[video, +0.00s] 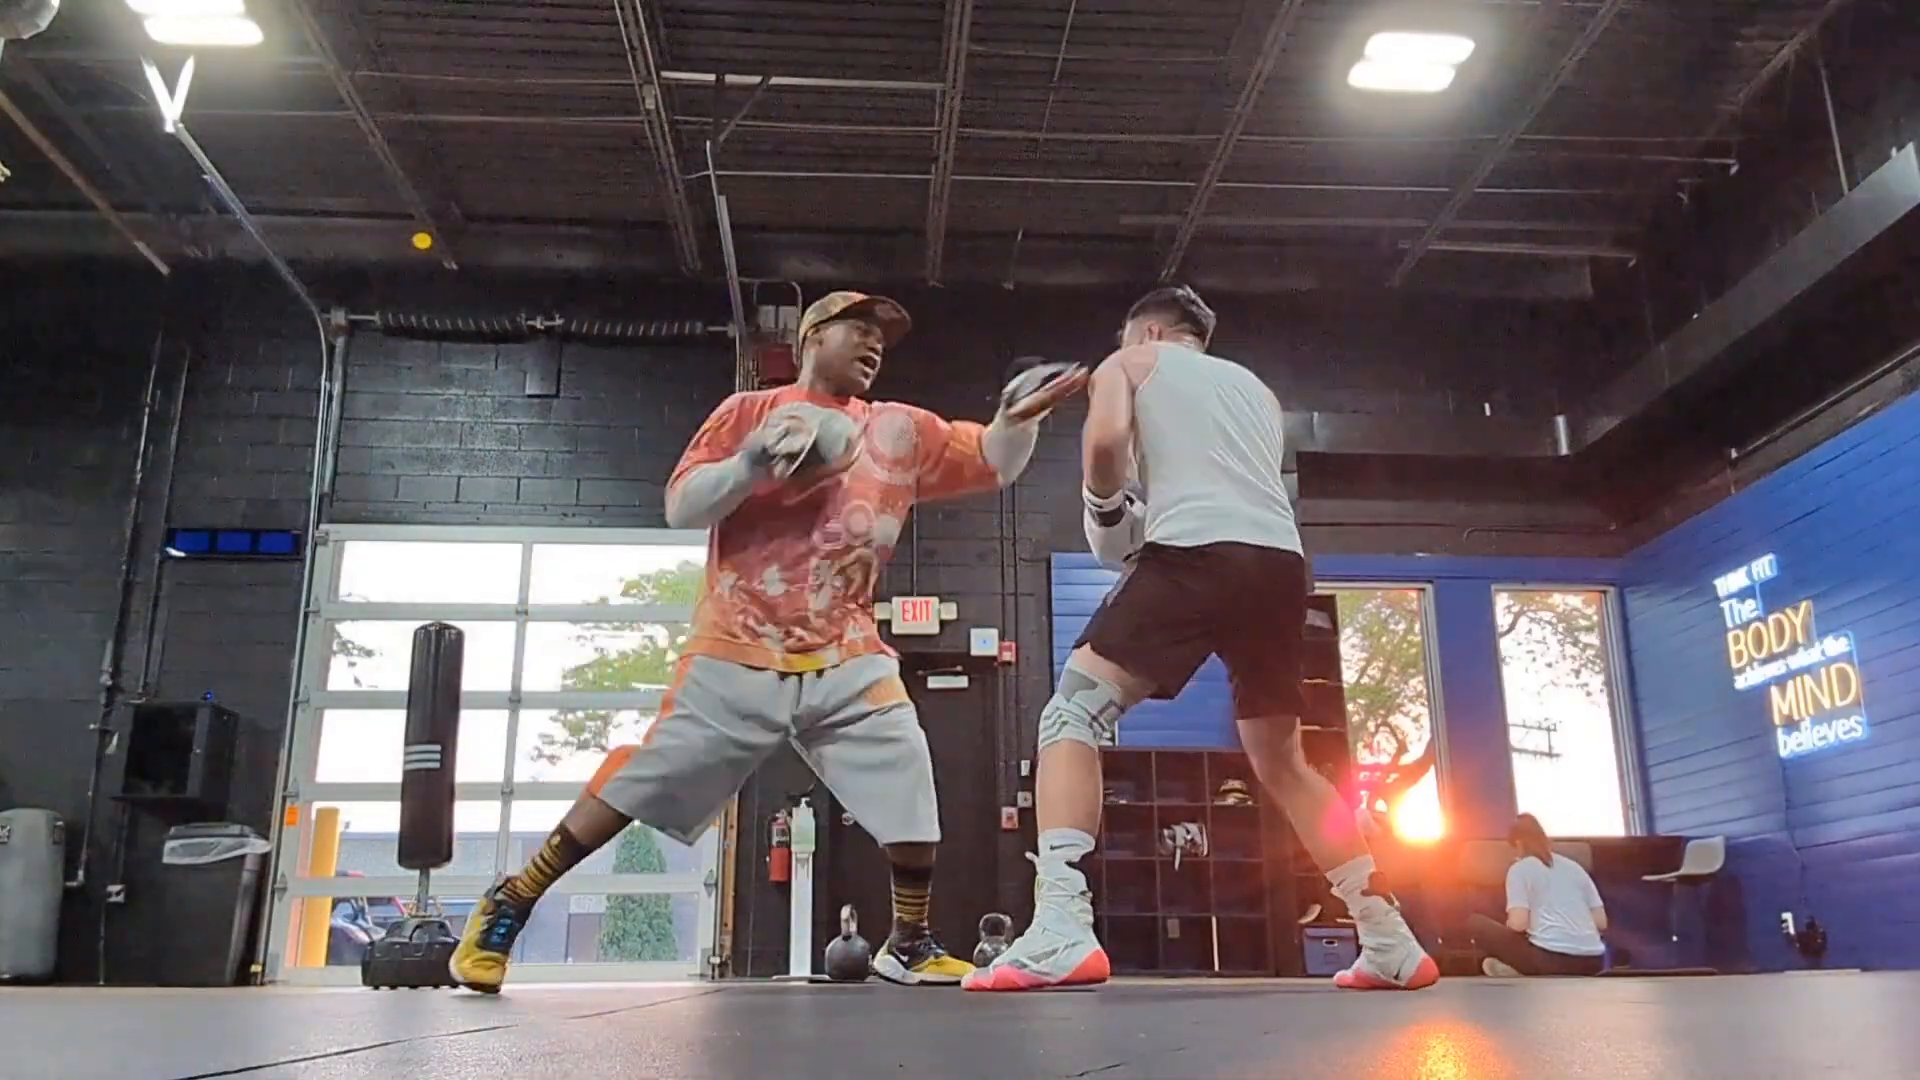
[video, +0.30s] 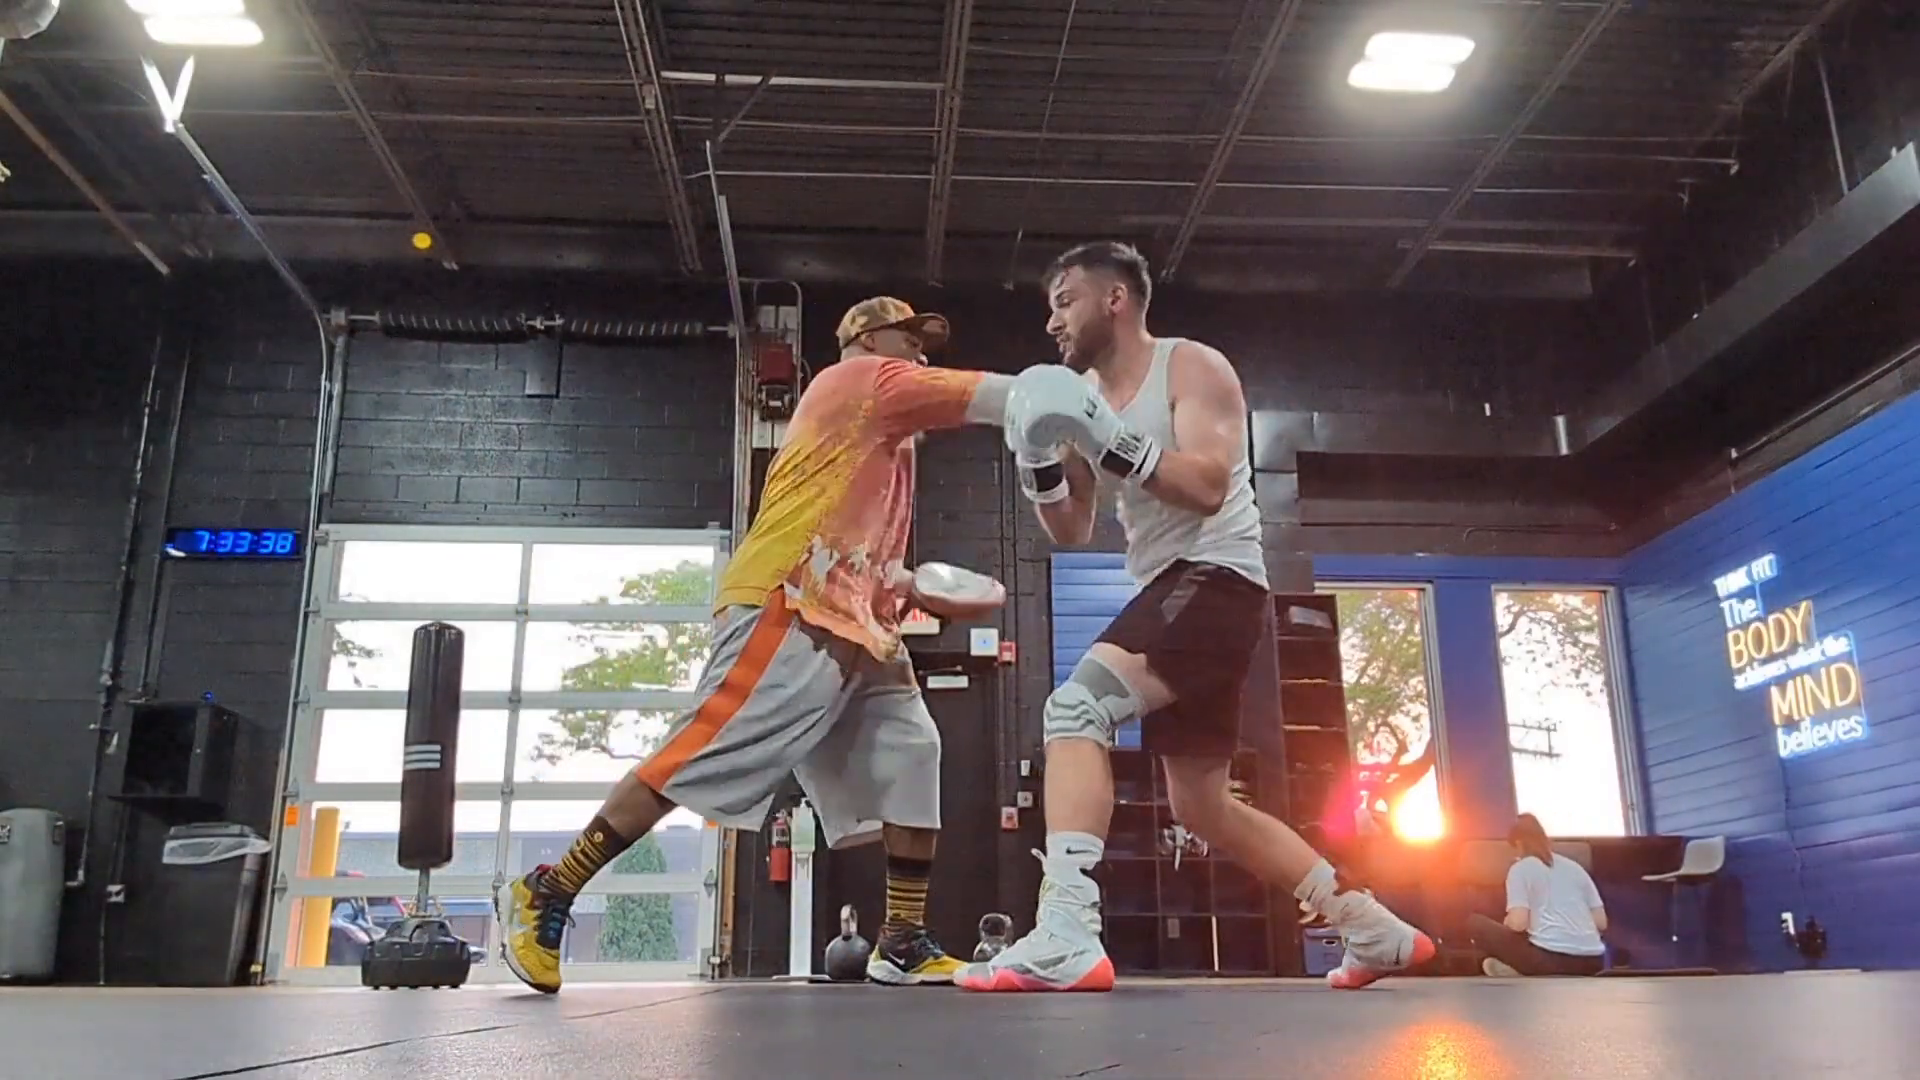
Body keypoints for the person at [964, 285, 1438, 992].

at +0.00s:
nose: (1121, 353)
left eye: (1125, 341)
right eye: (1124, 344)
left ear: (1148, 331)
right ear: (1199, 338)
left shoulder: (1126, 362)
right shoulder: (1259, 390)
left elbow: (1105, 439)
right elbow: (1266, 489)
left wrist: (1108, 521)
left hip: (1191, 554)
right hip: (1281, 563)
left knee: (1072, 719)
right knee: (1279, 760)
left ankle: (1060, 927)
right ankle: (1389, 939)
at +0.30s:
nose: (1052, 320)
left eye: (1064, 300)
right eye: (1050, 307)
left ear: (1119, 298)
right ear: (1100, 307)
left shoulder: (1194, 365)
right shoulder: (1084, 400)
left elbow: (1208, 485)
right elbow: (1071, 530)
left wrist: (1106, 441)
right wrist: (1041, 464)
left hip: (1215, 578)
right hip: (1177, 588)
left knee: (1078, 708)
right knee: (1204, 808)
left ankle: (1066, 933)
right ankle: (1372, 929)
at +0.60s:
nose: (1032, 510)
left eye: (1038, 491)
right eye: (1027, 498)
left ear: (1081, 476)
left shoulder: (1115, 489)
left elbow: (1063, 564)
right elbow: (1149, 665)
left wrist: (1001, 564)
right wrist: (1068, 619)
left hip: (1244, 669)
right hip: (1318, 693)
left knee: (1042, 725)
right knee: (1236, 811)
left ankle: (1062, 937)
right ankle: (1386, 948)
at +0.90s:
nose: (1075, 372)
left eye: (1083, 355)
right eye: (1074, 360)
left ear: (1130, 347)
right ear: (1132, 354)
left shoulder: (1163, 380)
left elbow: (1189, 451)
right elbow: (1163, 565)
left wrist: (1099, 444)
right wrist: (1105, 513)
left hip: (1213, 599)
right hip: (1269, 612)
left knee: (1052, 731)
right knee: (1246, 797)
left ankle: (1045, 933)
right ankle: (1386, 945)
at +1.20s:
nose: (1090, 341)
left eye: (1093, 328)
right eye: (1090, 331)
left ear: (1127, 319)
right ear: (1165, 323)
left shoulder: (1121, 351)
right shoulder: (1231, 379)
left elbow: (1065, 403)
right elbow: (1145, 431)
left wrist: (973, 403)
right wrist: (1045, 399)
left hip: (1159, 570)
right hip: (1251, 574)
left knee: (1056, 750)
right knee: (1271, 772)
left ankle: (1050, 932)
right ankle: (1377, 942)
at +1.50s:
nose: (1049, 320)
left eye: (1060, 303)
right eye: (1050, 307)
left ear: (1107, 305)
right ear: (1100, 313)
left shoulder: (1168, 355)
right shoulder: (1079, 389)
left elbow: (1199, 442)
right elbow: (994, 414)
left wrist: (1094, 452)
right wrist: (926, 361)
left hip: (1195, 579)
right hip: (1202, 588)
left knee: (1070, 724)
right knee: (1254, 785)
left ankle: (1047, 935)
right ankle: (1401, 935)